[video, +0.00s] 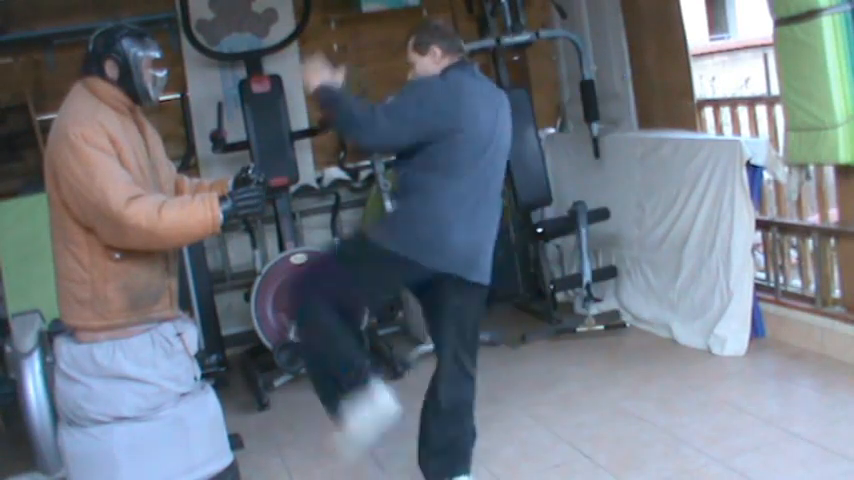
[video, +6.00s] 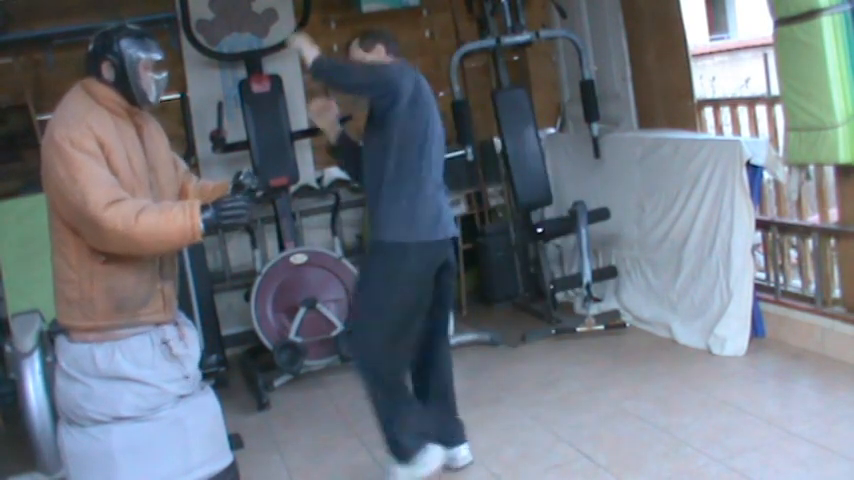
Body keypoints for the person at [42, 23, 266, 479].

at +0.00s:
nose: (154, 74)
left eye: (154, 63)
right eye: (144, 63)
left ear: (117, 68)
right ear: (111, 66)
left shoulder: (131, 117)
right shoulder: (80, 127)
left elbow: (169, 187)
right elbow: (125, 218)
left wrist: (229, 186)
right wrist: (219, 210)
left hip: (152, 318)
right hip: (108, 331)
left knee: (186, 450)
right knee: (131, 460)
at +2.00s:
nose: (153, 74)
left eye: (153, 64)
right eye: (143, 64)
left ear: (116, 68)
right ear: (109, 66)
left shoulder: (133, 120)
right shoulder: (77, 130)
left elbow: (171, 188)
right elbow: (124, 220)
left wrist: (226, 187)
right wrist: (214, 211)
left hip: (152, 316)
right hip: (106, 328)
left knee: (180, 443)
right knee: (129, 455)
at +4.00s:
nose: (150, 76)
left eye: (150, 65)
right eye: (140, 65)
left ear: (118, 67)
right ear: (108, 66)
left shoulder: (140, 121)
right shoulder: (72, 128)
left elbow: (177, 188)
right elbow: (113, 219)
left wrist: (228, 188)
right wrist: (205, 213)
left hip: (158, 317)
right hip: (104, 330)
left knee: (190, 447)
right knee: (125, 458)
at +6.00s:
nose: (153, 77)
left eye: (154, 67)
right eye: (142, 67)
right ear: (108, 67)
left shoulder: (143, 121)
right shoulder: (71, 128)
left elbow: (181, 188)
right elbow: (109, 221)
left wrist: (233, 189)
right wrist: (203, 218)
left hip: (158, 318)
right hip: (104, 331)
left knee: (192, 449)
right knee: (125, 459)